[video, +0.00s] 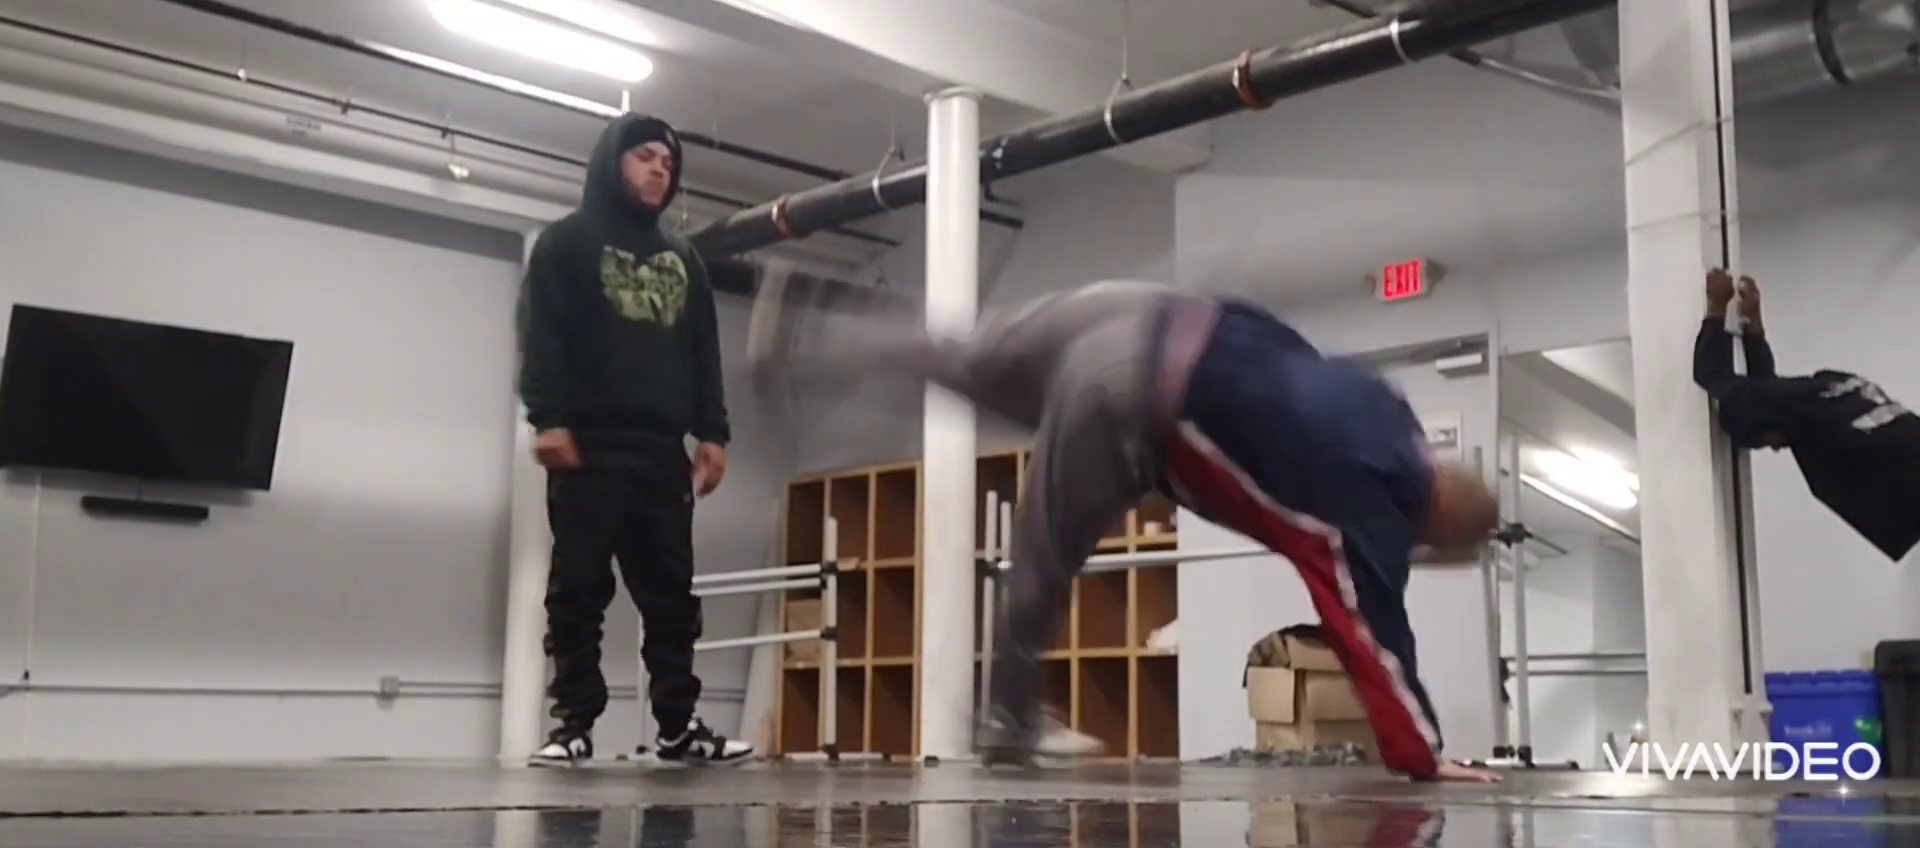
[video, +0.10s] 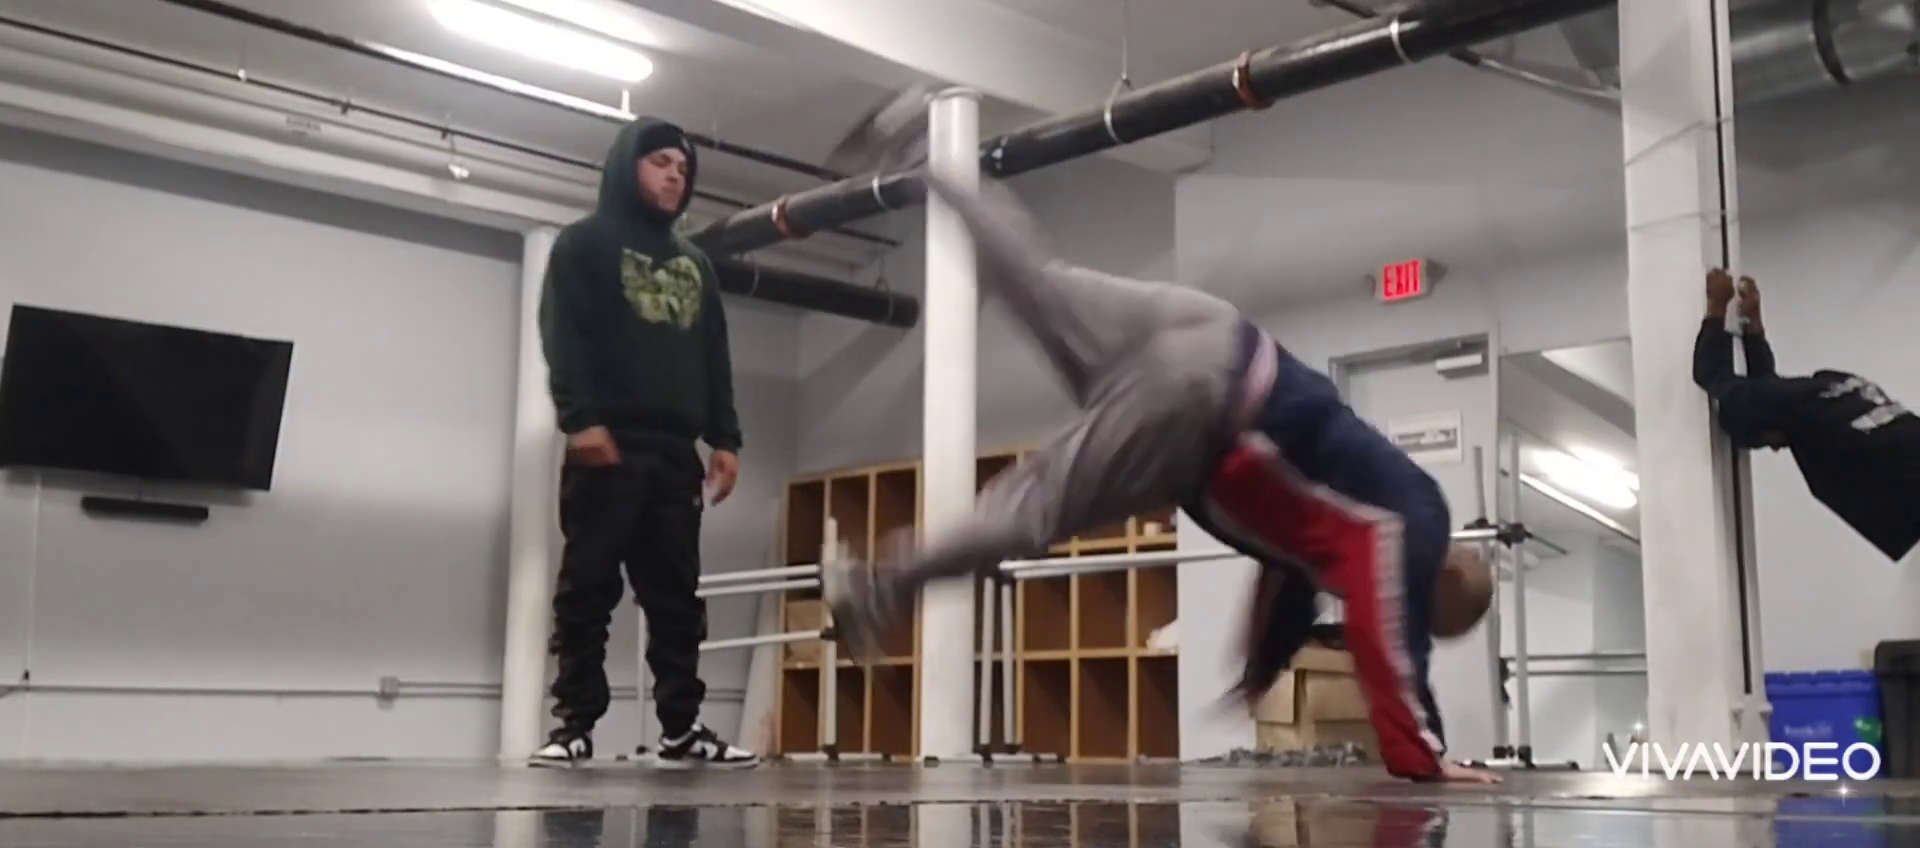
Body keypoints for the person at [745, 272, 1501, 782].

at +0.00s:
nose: (1444, 553)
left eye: (1453, 544)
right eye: (1456, 545)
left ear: (1447, 461)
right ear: (1447, 521)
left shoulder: (1379, 400)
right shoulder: (1372, 511)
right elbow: (1374, 638)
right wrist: (1425, 758)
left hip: (1147, 310)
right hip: (1131, 399)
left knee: (968, 352)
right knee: (1044, 563)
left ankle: (800, 329)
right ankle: (1009, 723)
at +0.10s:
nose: (1421, 620)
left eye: (1430, 619)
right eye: (1437, 623)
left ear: (1435, 566)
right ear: (1450, 582)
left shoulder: (1375, 490)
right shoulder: (1420, 522)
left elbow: (1291, 572)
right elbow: (1387, 638)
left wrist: (1259, 676)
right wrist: (1424, 754)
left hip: (1213, 323)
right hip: (1210, 396)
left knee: (1032, 280)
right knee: (1036, 515)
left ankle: (921, 150)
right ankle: (881, 582)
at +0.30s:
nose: (1366, 721)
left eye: (1361, 717)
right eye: (1366, 717)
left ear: (1316, 673)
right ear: (1378, 663)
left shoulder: (1239, 605)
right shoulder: (1381, 576)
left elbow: (1174, 685)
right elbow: (1419, 651)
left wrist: (1214, 765)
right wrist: (1429, 759)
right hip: (1318, 415)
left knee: (1101, 334)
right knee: (1131, 346)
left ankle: (956, 181)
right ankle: (954, 182)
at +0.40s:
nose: (1318, 735)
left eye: (1315, 731)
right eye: (1317, 731)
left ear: (1255, 674)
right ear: (1346, 654)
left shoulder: (1214, 655)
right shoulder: (1383, 610)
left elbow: (1223, 758)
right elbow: (1430, 745)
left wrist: (1250, 767)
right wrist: (1415, 766)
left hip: (1180, 434)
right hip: (1319, 412)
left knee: (1058, 348)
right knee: (1460, 361)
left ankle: (934, 292)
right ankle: (1626, 336)